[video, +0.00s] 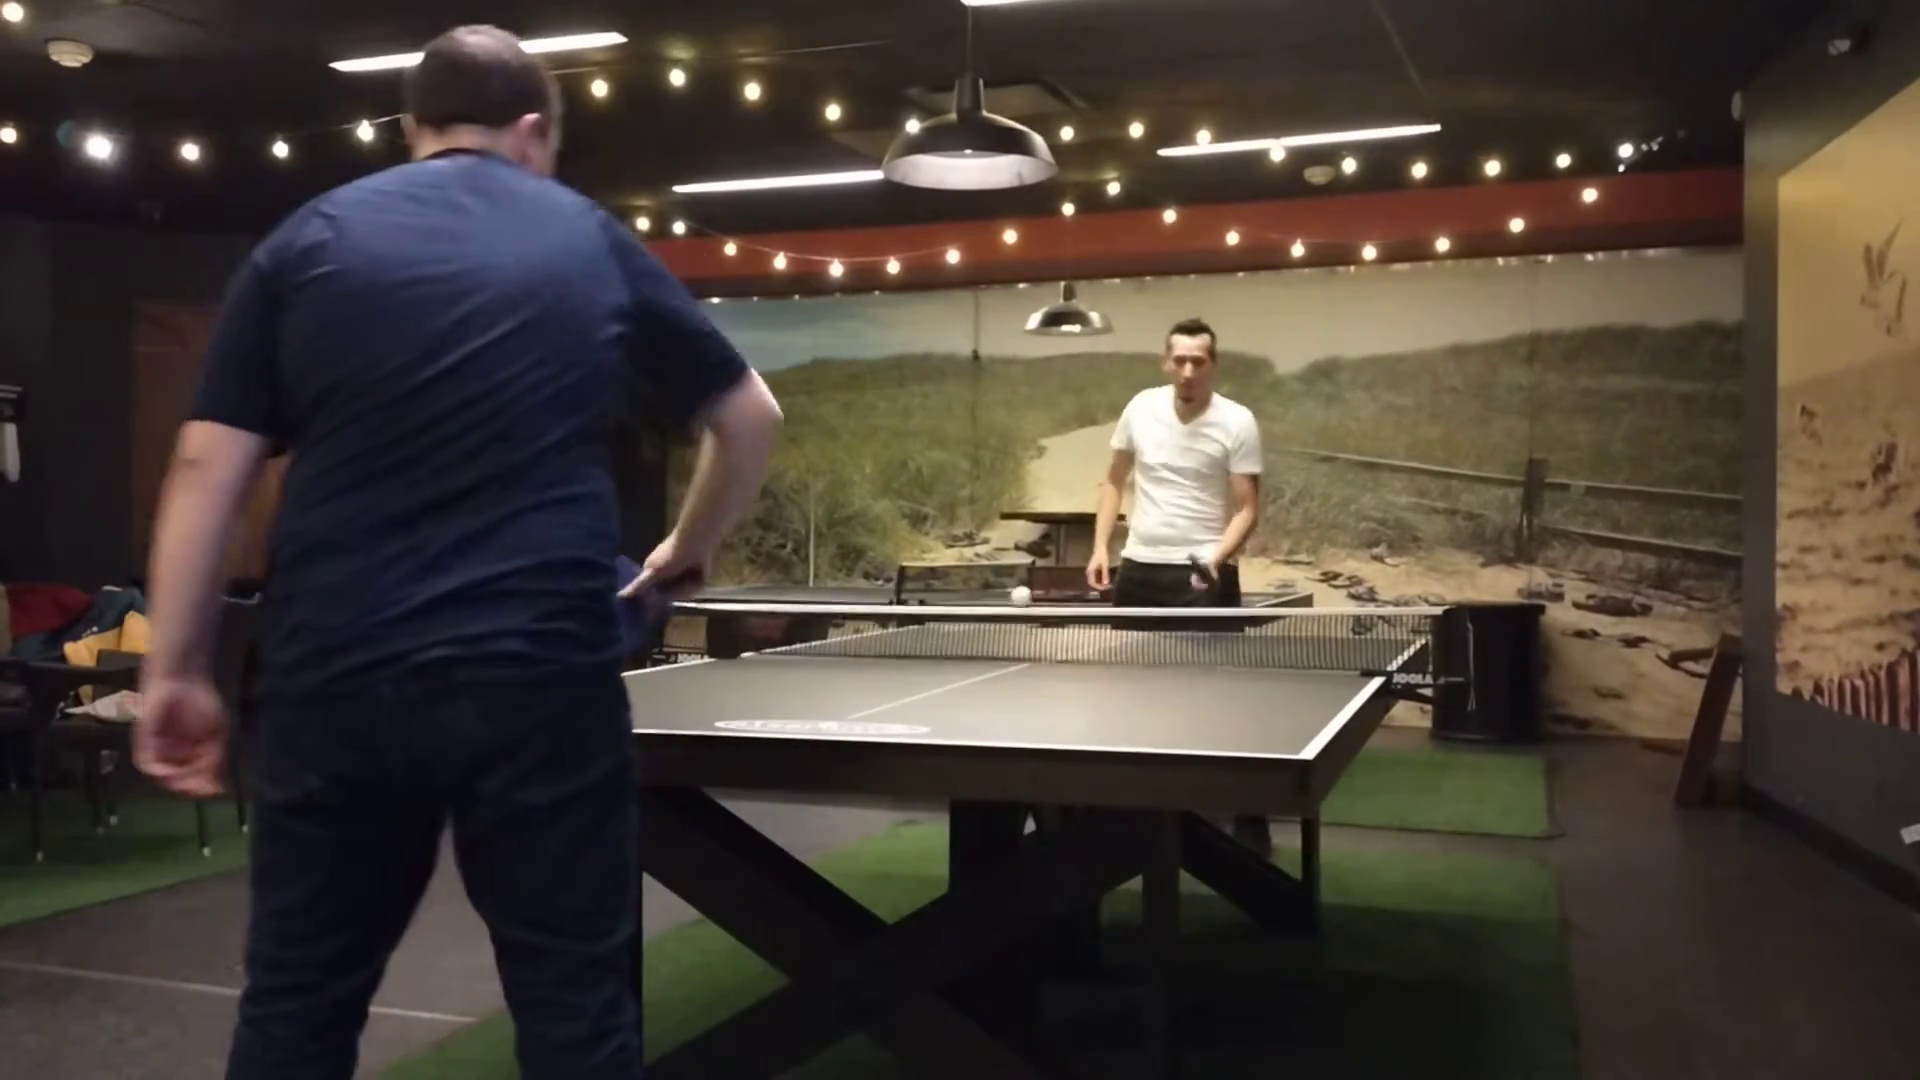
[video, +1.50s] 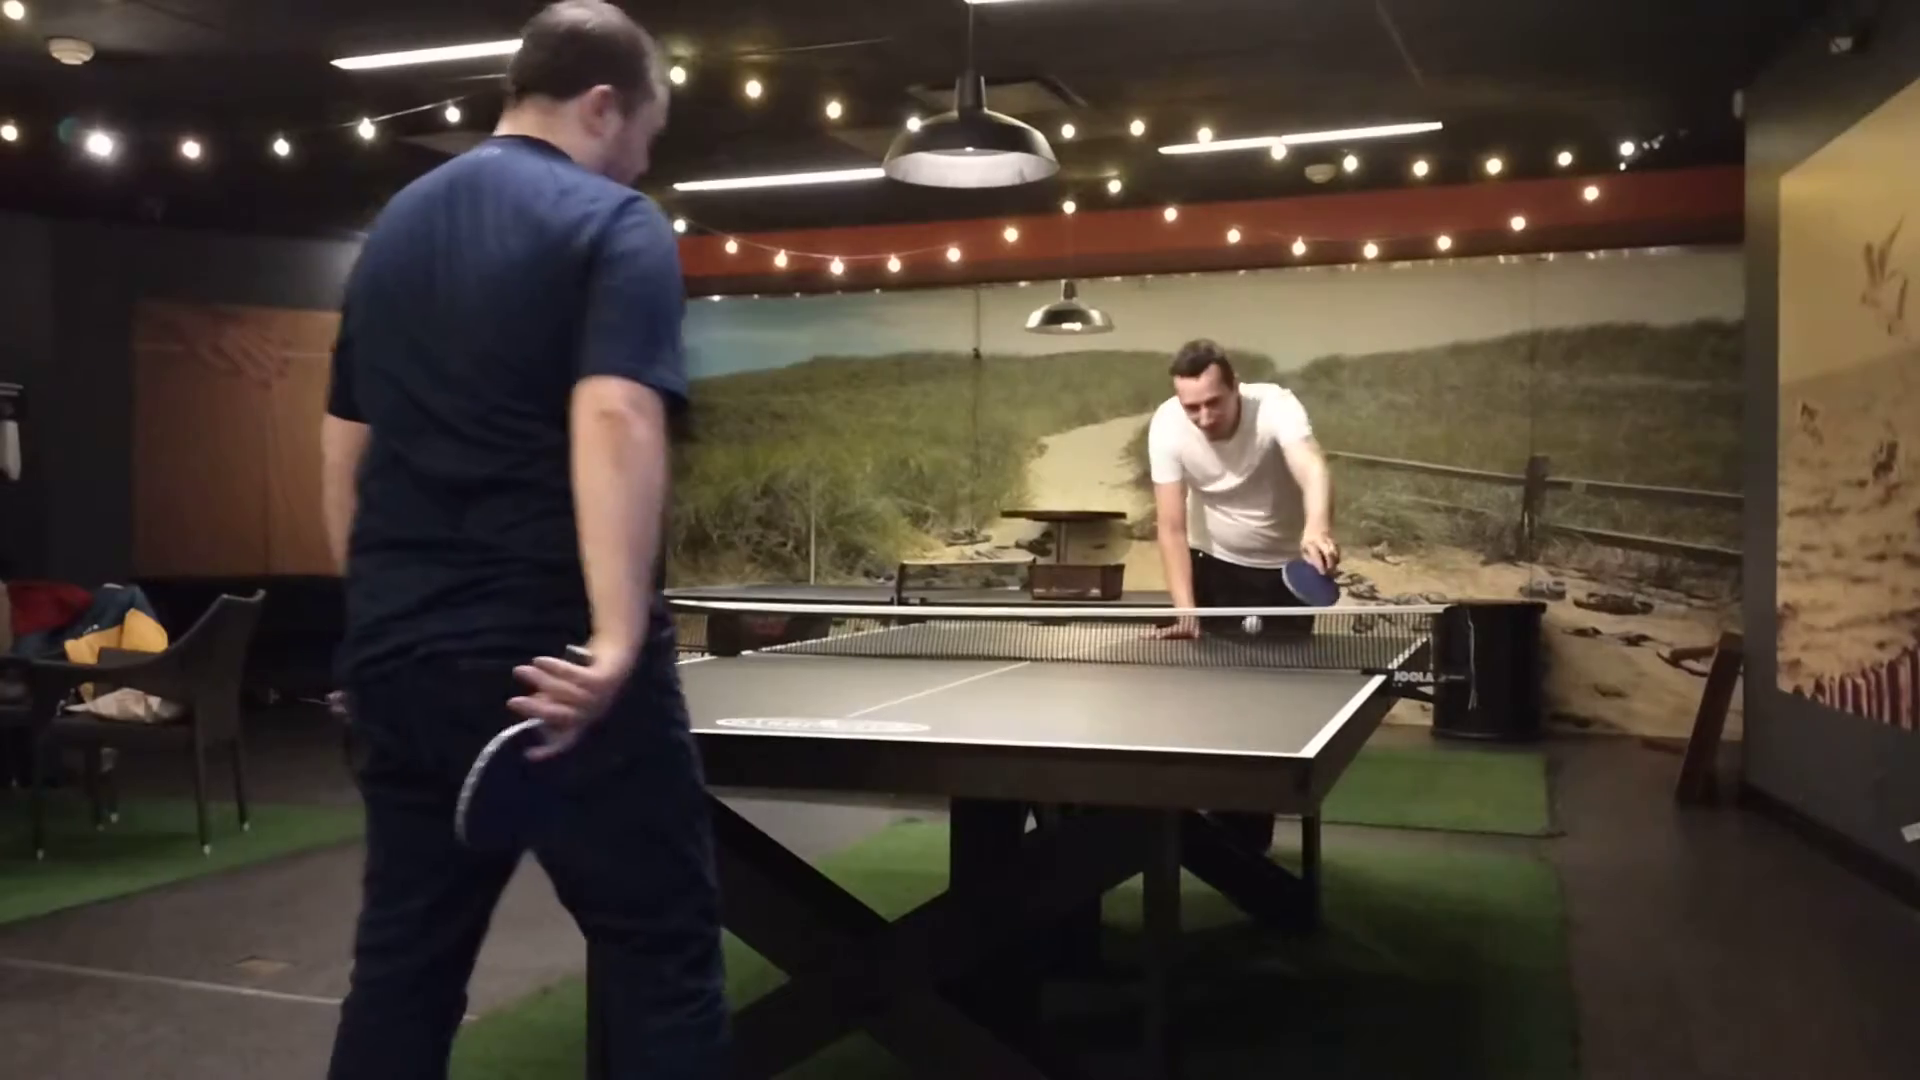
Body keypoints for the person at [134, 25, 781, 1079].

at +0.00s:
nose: (555, 157)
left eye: (551, 142)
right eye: (554, 140)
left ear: (413, 133)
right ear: (534, 130)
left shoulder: (305, 239)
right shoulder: (588, 235)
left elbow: (211, 463)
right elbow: (750, 416)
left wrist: (174, 667)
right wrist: (685, 550)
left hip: (337, 685)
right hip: (544, 678)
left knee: (294, 1011)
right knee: (580, 1013)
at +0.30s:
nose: (649, 160)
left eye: (652, 142)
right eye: (651, 139)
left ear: (519, 125)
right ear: (628, 129)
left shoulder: (392, 239)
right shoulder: (651, 245)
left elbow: (295, 439)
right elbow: (681, 436)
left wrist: (292, 635)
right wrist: (711, 621)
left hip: (372, 683)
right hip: (566, 698)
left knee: (317, 1003)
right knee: (590, 1019)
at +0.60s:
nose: (681, 136)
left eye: (682, 118)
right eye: (681, 116)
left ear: (547, 109)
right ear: (658, 108)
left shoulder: (441, 215)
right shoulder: (676, 229)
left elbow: (350, 418)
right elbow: (705, 421)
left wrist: (385, 570)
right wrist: (746, 602)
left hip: (400, 651)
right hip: (581, 669)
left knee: (335, 971)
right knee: (608, 995)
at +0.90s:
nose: (680, 127)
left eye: (676, 108)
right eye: (680, 107)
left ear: (545, 102)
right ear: (659, 97)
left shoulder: (425, 221)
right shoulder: (693, 227)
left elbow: (362, 437)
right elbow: (767, 435)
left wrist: (405, 577)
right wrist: (779, 610)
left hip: (422, 642)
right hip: (599, 655)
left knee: (408, 951)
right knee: (607, 981)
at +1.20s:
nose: (618, 151)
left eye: (620, 125)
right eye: (620, 121)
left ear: (490, 99)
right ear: (582, 98)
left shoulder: (370, 221)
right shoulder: (599, 222)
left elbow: (328, 451)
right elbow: (622, 426)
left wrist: (339, 620)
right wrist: (663, 645)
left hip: (380, 655)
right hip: (542, 667)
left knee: (385, 965)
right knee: (626, 955)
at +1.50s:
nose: (642, 162)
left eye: (648, 136)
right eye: (646, 131)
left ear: (524, 99)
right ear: (605, 105)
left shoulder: (399, 221)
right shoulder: (614, 222)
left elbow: (349, 450)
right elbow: (614, 415)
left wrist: (368, 621)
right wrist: (618, 637)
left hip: (406, 655)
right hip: (571, 659)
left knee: (402, 973)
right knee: (661, 965)